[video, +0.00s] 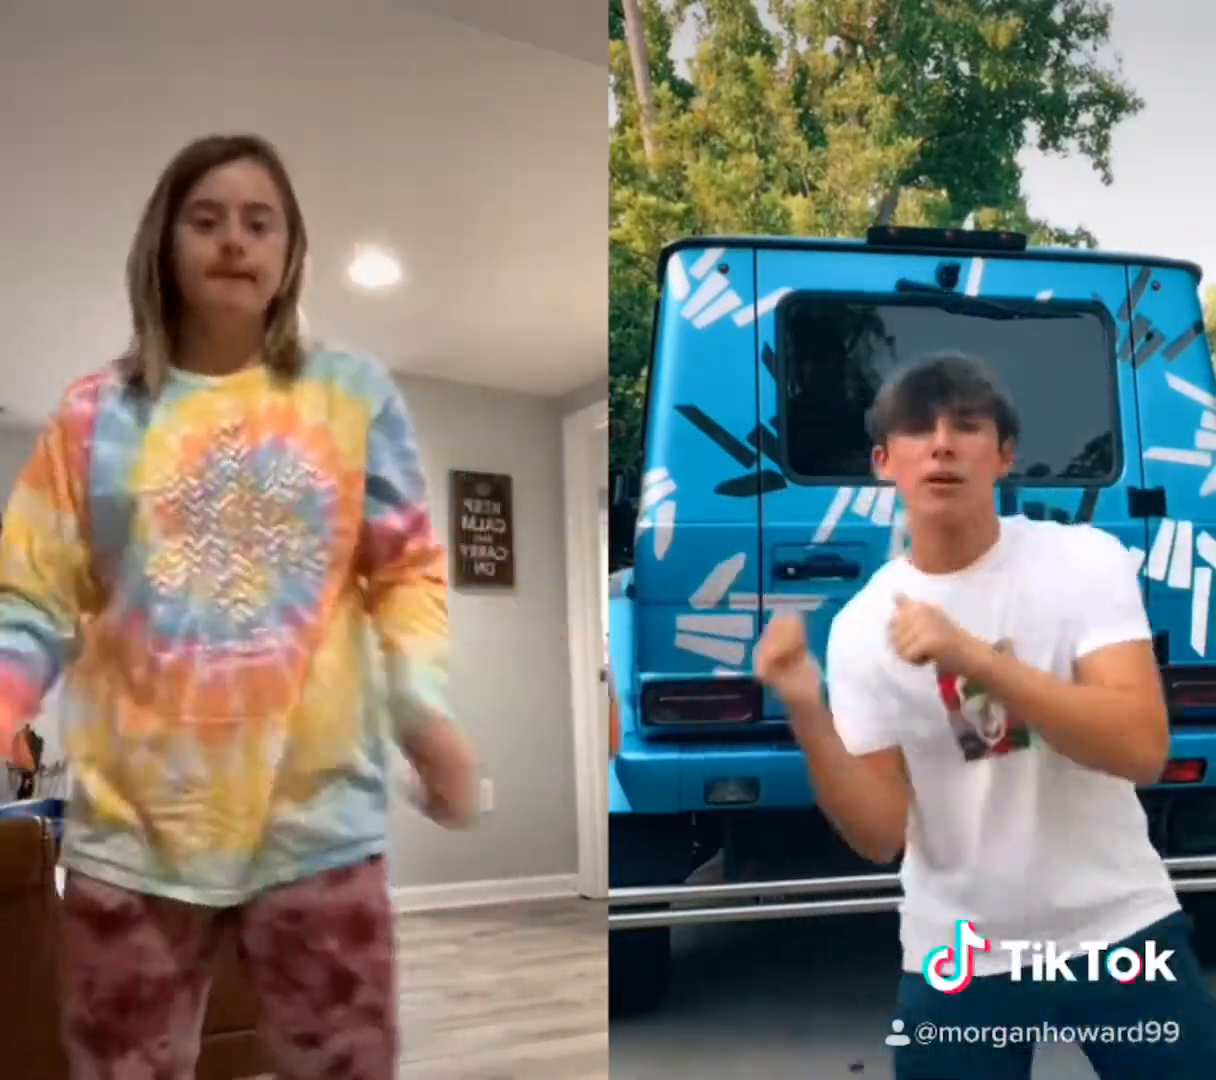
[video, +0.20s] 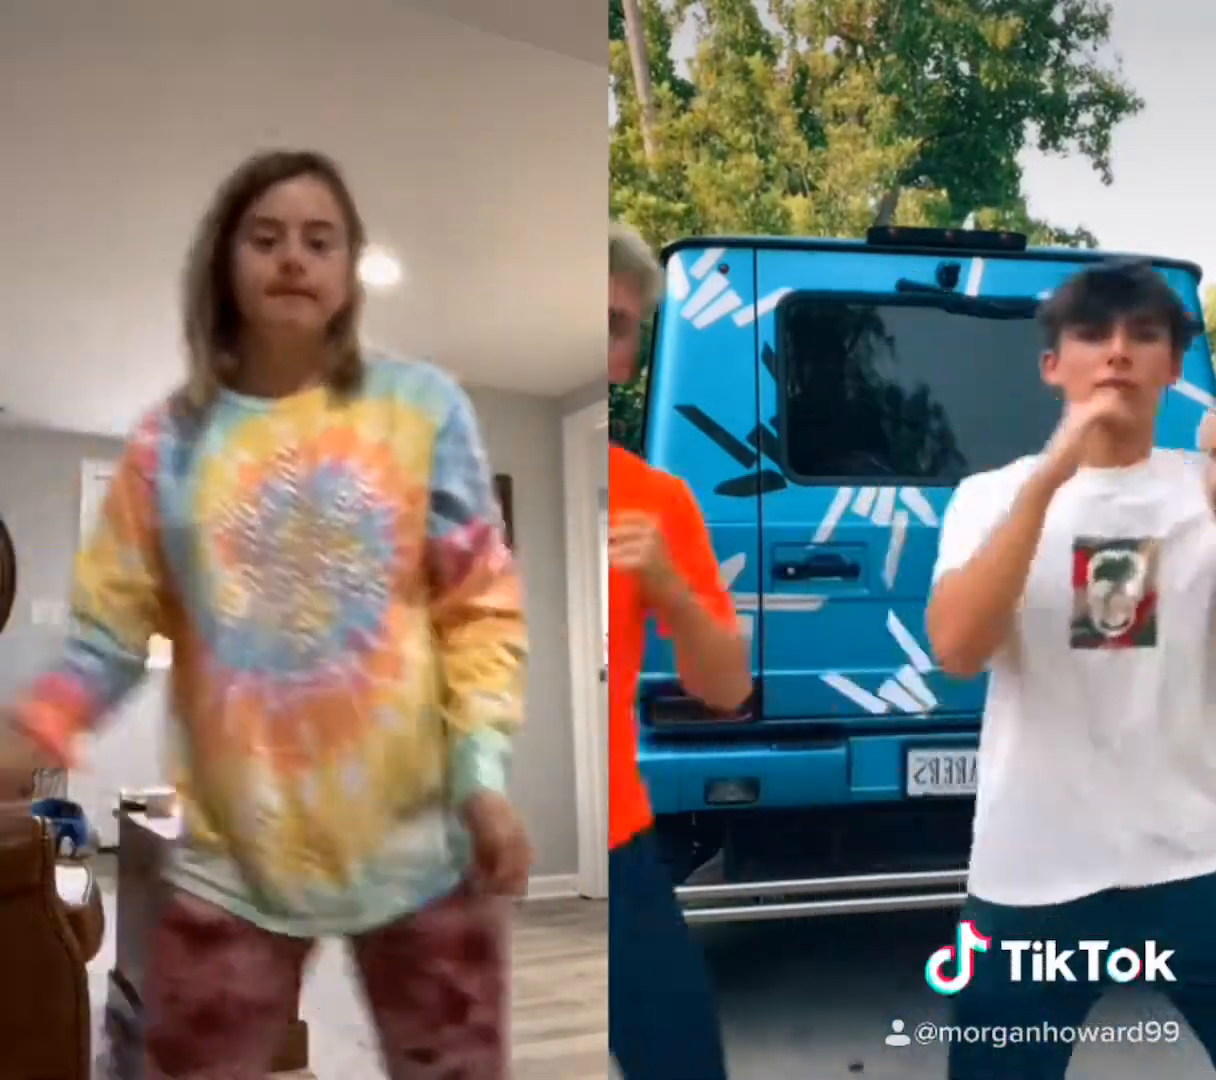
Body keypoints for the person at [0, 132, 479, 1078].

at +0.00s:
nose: (234, 241)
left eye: (261, 221)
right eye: (206, 219)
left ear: (291, 253)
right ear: (165, 246)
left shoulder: (357, 399)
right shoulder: (99, 413)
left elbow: (407, 573)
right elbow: (33, 604)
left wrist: (421, 709)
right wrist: (5, 720)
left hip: (319, 831)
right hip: (132, 836)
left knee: (346, 1065)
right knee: (122, 1069)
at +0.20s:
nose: (293, 258)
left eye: (319, 239)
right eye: (266, 236)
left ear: (354, 272)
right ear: (225, 265)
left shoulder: (423, 409)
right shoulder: (169, 440)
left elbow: (478, 604)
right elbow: (107, 636)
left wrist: (482, 774)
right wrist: (31, 734)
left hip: (416, 843)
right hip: (233, 850)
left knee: (459, 1069)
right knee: (193, 1067)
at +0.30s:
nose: (336, 277)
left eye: (363, 257)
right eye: (309, 256)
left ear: (394, 285)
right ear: (270, 282)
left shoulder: (469, 420)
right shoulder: (219, 458)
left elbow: (501, 629)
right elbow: (188, 657)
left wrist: (478, 813)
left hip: (470, 853)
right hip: (291, 864)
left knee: (509, 1070)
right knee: (233, 1068)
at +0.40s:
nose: (373, 270)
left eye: (398, 249)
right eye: (347, 248)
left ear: (431, 273)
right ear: (307, 273)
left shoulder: (500, 383)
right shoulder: (259, 454)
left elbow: (522, 587)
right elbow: (265, 643)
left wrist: (435, 738)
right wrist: (301, 783)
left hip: (504, 835)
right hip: (332, 843)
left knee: (523, 1068)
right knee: (280, 1064)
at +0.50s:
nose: (400, 260)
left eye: (425, 238)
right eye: (372, 238)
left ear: (455, 265)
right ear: (331, 263)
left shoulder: (527, 382)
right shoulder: (282, 440)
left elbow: (572, 558)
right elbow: (286, 607)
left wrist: (452, 593)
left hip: (529, 814)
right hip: (358, 816)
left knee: (532, 1066)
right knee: (300, 1064)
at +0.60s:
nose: (427, 278)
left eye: (453, 257)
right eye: (400, 256)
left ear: (483, 283)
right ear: (362, 279)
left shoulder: (549, 424)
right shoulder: (299, 432)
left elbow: (589, 624)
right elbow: (302, 602)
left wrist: (525, 508)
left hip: (547, 838)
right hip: (384, 834)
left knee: (557, 1072)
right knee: (306, 1073)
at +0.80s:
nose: (501, 257)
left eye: (528, 237)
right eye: (474, 236)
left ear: (559, 264)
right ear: (436, 257)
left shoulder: (588, 419)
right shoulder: (363, 379)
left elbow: (592, 603)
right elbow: (353, 549)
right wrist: (511, 550)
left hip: (549, 803)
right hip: (379, 794)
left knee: (564, 1065)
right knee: (311, 1060)